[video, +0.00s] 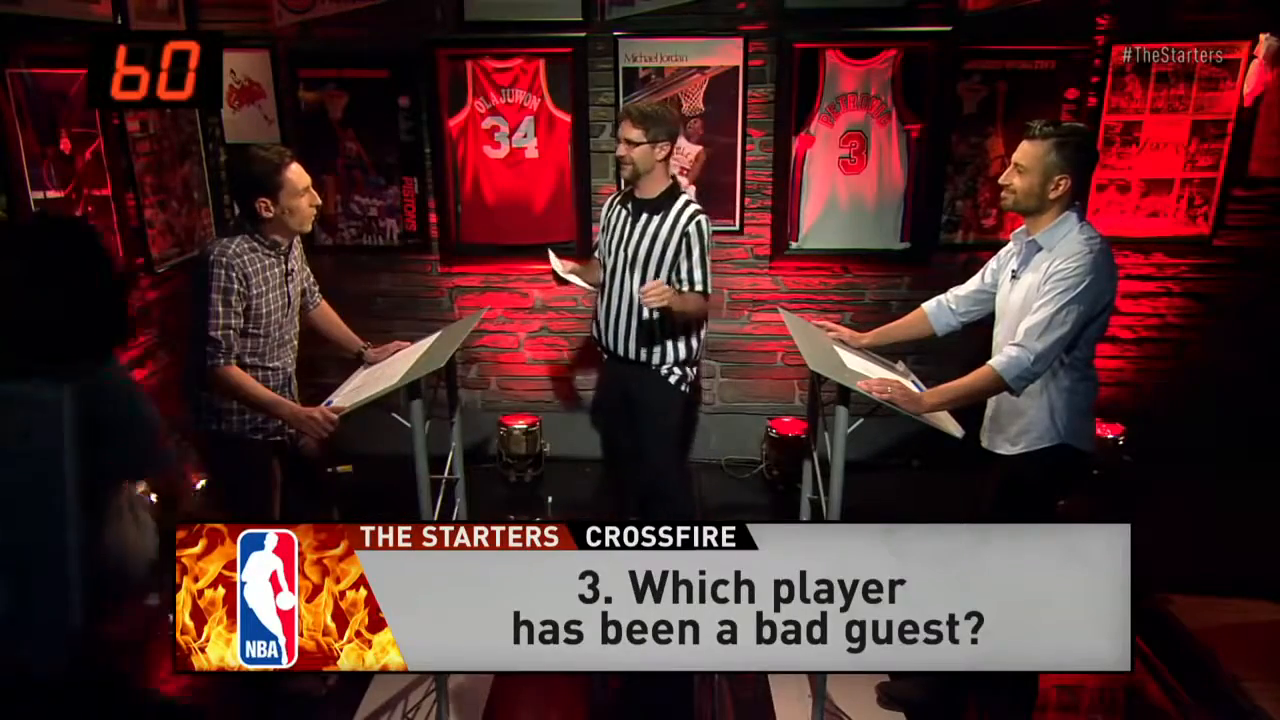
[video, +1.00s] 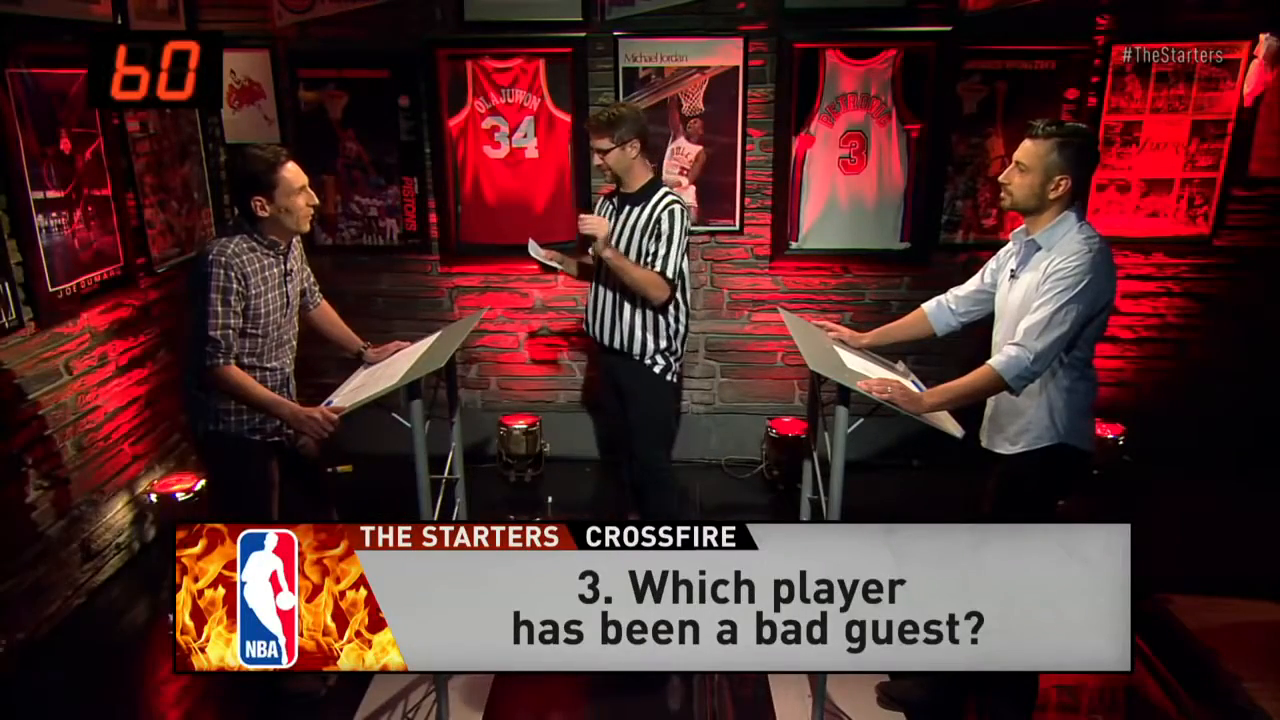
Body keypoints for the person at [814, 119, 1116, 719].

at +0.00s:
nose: (1005, 177)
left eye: (1019, 170)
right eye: (1009, 166)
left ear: (1058, 188)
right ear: (1046, 186)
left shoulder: (1084, 259)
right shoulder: (1026, 243)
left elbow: (1024, 360)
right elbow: (955, 306)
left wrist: (928, 398)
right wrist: (868, 339)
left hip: (1043, 446)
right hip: (1002, 433)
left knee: (1005, 578)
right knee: (976, 563)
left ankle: (997, 704)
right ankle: (941, 683)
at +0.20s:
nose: (1004, 177)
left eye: (1019, 170)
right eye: (1009, 165)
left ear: (1058, 188)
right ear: (1046, 186)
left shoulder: (1083, 259)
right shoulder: (1026, 244)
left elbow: (1024, 359)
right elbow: (955, 306)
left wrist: (928, 398)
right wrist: (868, 339)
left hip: (1044, 445)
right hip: (1002, 433)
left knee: (1005, 578)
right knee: (976, 563)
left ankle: (998, 704)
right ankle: (941, 683)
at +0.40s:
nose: (1004, 177)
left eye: (1018, 169)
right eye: (1009, 165)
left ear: (1057, 188)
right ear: (1046, 185)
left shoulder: (1083, 258)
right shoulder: (1025, 244)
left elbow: (1024, 359)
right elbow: (955, 306)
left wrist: (928, 398)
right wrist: (868, 339)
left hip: (1044, 445)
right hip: (1002, 433)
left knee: (1006, 578)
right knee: (976, 562)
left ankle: (998, 705)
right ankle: (941, 683)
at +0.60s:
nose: (1004, 176)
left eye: (1019, 169)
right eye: (1009, 164)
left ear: (1057, 188)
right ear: (1046, 185)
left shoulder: (1082, 259)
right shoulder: (1025, 243)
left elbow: (1023, 360)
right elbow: (955, 306)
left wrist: (928, 398)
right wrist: (868, 339)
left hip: (1043, 445)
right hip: (1003, 433)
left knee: (1006, 578)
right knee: (978, 564)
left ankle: (1000, 705)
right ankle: (942, 683)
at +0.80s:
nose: (1004, 175)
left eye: (1019, 168)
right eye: (1009, 164)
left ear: (1057, 188)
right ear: (1046, 185)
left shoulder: (1082, 259)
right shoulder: (1026, 243)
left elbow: (1023, 359)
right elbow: (955, 306)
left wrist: (928, 398)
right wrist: (868, 339)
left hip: (1043, 445)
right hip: (1003, 432)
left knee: (1005, 578)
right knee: (977, 564)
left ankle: (1001, 705)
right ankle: (942, 684)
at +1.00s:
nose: (1005, 175)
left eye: (1020, 169)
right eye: (1010, 164)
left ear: (1058, 188)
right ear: (1047, 185)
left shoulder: (1083, 259)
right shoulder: (1025, 243)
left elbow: (1023, 360)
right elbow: (955, 306)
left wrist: (927, 398)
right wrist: (868, 339)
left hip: (1043, 446)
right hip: (1003, 434)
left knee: (1007, 580)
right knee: (979, 565)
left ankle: (1000, 705)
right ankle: (942, 684)